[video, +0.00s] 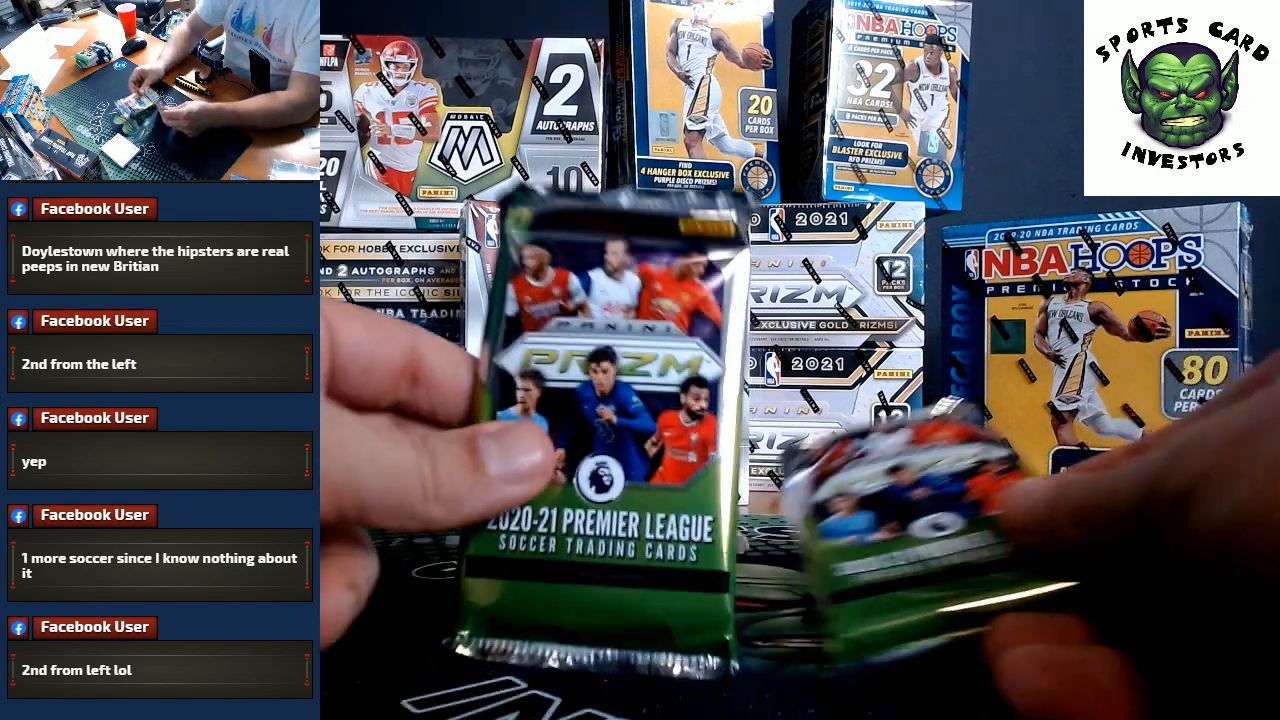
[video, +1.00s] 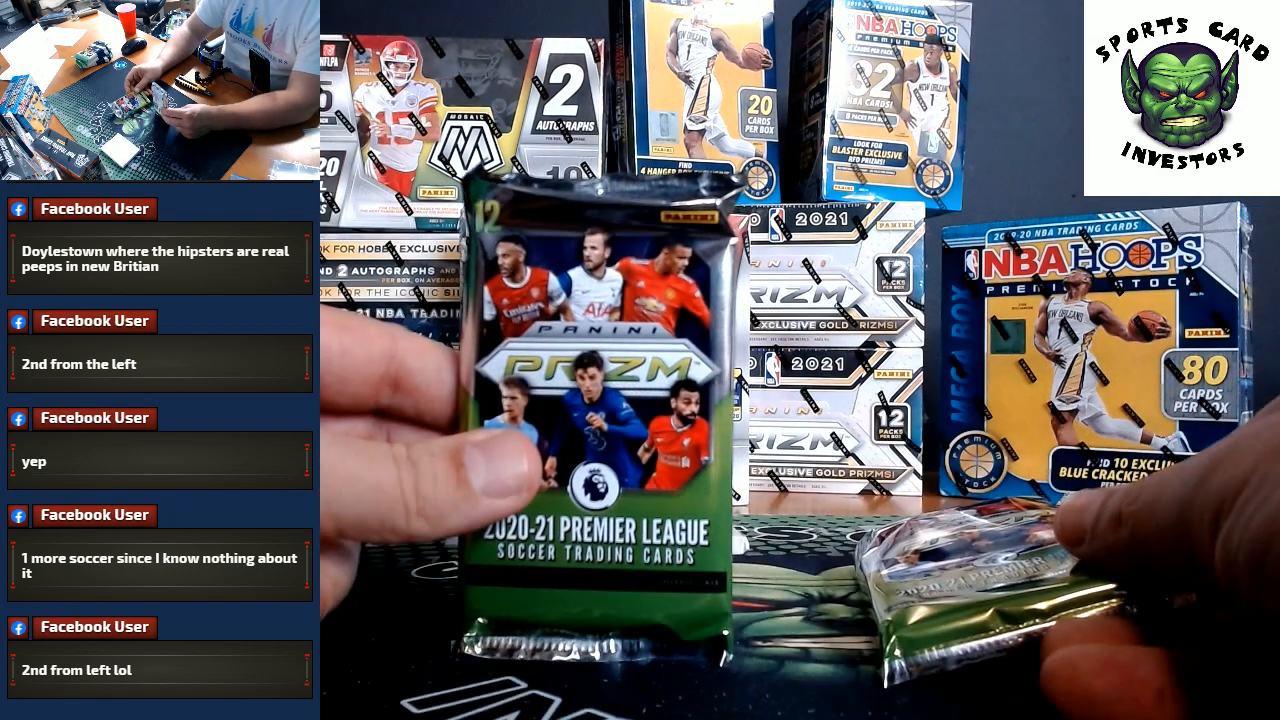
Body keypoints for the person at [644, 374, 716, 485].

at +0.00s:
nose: (702, 405)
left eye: (706, 400)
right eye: (696, 399)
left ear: (709, 400)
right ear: (682, 398)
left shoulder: (711, 424)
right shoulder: (666, 419)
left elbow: (713, 458)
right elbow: (658, 437)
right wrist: (652, 445)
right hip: (663, 483)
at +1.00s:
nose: (693, 409)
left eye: (696, 403)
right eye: (687, 403)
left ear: (699, 404)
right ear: (673, 403)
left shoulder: (702, 429)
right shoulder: (657, 424)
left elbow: (707, 463)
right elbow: (648, 447)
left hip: (686, 493)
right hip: (656, 490)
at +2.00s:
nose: (688, 406)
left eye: (692, 400)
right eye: (682, 400)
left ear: (694, 400)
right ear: (668, 400)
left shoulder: (698, 426)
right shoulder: (653, 422)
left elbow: (703, 461)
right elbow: (642, 446)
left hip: (681, 492)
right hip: (652, 487)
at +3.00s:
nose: (698, 408)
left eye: (701, 402)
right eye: (691, 402)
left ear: (704, 403)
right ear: (678, 403)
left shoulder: (708, 429)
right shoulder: (662, 424)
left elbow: (713, 465)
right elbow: (652, 448)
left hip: (691, 495)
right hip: (661, 490)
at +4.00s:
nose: (696, 408)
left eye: (699, 402)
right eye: (689, 402)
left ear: (702, 402)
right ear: (676, 403)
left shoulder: (706, 429)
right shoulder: (660, 425)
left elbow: (712, 466)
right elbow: (650, 448)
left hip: (689, 494)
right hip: (659, 490)